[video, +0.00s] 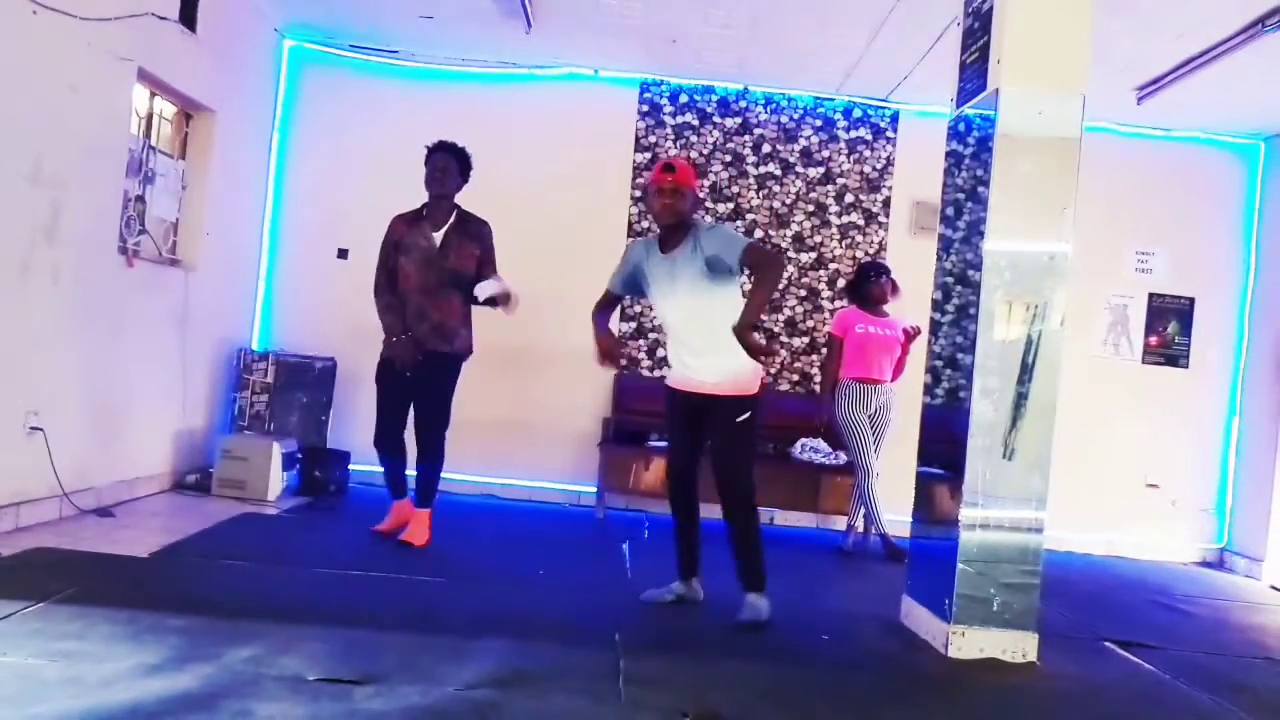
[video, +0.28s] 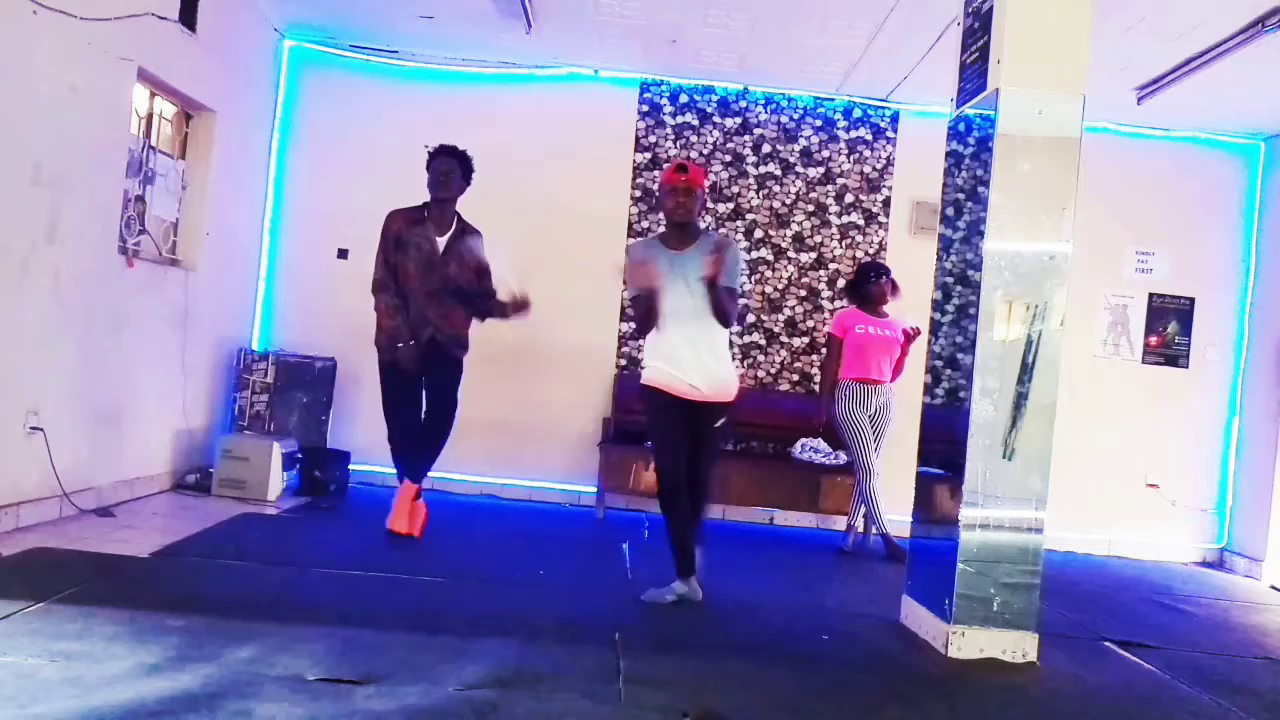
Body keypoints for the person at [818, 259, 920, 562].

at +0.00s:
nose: (889, 286)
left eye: (889, 280)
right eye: (882, 280)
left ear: (889, 287)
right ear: (865, 286)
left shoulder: (895, 326)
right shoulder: (846, 317)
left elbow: (894, 374)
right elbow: (831, 364)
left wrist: (906, 346)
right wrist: (826, 405)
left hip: (882, 397)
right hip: (851, 393)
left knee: (868, 466)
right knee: (866, 464)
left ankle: (850, 532)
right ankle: (885, 536)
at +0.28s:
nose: (887, 290)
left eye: (888, 284)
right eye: (881, 284)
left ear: (890, 288)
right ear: (865, 287)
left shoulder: (894, 327)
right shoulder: (845, 317)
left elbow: (893, 374)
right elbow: (831, 363)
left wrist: (906, 348)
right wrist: (825, 404)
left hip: (881, 397)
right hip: (850, 394)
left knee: (868, 465)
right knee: (867, 464)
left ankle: (850, 532)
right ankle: (886, 536)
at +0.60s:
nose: (890, 286)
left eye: (890, 281)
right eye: (883, 281)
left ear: (889, 287)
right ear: (866, 287)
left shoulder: (894, 328)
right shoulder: (846, 317)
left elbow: (892, 374)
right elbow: (831, 363)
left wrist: (906, 348)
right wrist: (826, 404)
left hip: (881, 397)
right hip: (850, 394)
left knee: (867, 465)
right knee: (867, 463)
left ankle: (849, 533)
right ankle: (887, 536)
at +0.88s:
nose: (888, 286)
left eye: (889, 281)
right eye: (881, 281)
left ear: (890, 288)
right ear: (865, 287)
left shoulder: (895, 328)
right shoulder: (846, 317)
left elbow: (892, 375)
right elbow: (830, 364)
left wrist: (905, 348)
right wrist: (826, 405)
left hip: (881, 397)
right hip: (850, 394)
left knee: (868, 465)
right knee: (867, 464)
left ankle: (849, 532)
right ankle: (887, 535)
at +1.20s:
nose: (889, 285)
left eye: (889, 280)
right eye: (881, 280)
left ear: (889, 287)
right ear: (865, 287)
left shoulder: (894, 328)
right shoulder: (846, 317)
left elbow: (892, 375)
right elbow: (830, 364)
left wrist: (905, 347)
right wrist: (826, 406)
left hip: (881, 398)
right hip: (850, 394)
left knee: (868, 465)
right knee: (867, 463)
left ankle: (850, 533)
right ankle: (887, 536)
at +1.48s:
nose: (889, 285)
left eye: (888, 280)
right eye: (882, 280)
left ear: (887, 286)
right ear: (866, 286)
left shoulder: (894, 327)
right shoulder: (845, 317)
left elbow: (891, 374)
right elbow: (830, 363)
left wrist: (905, 347)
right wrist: (825, 404)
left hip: (881, 398)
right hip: (850, 395)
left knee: (868, 464)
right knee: (867, 463)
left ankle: (850, 532)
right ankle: (887, 536)